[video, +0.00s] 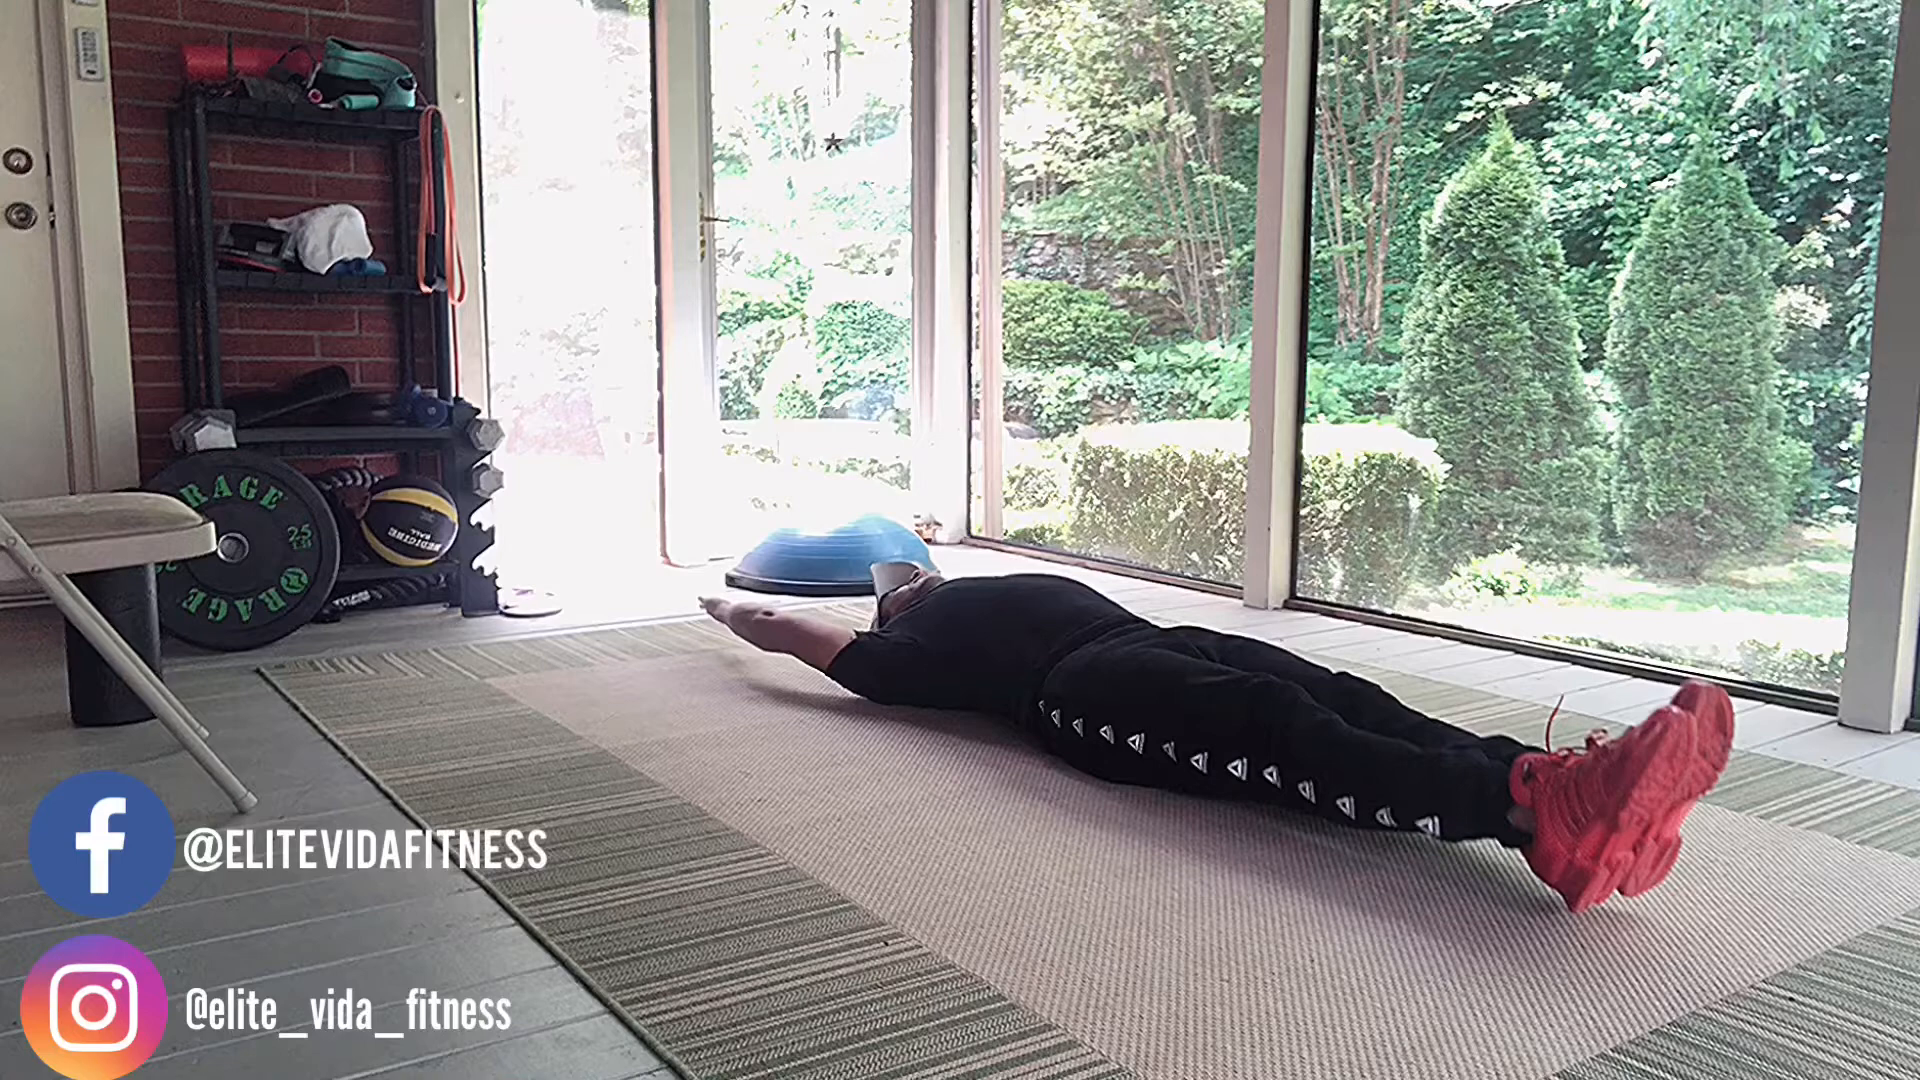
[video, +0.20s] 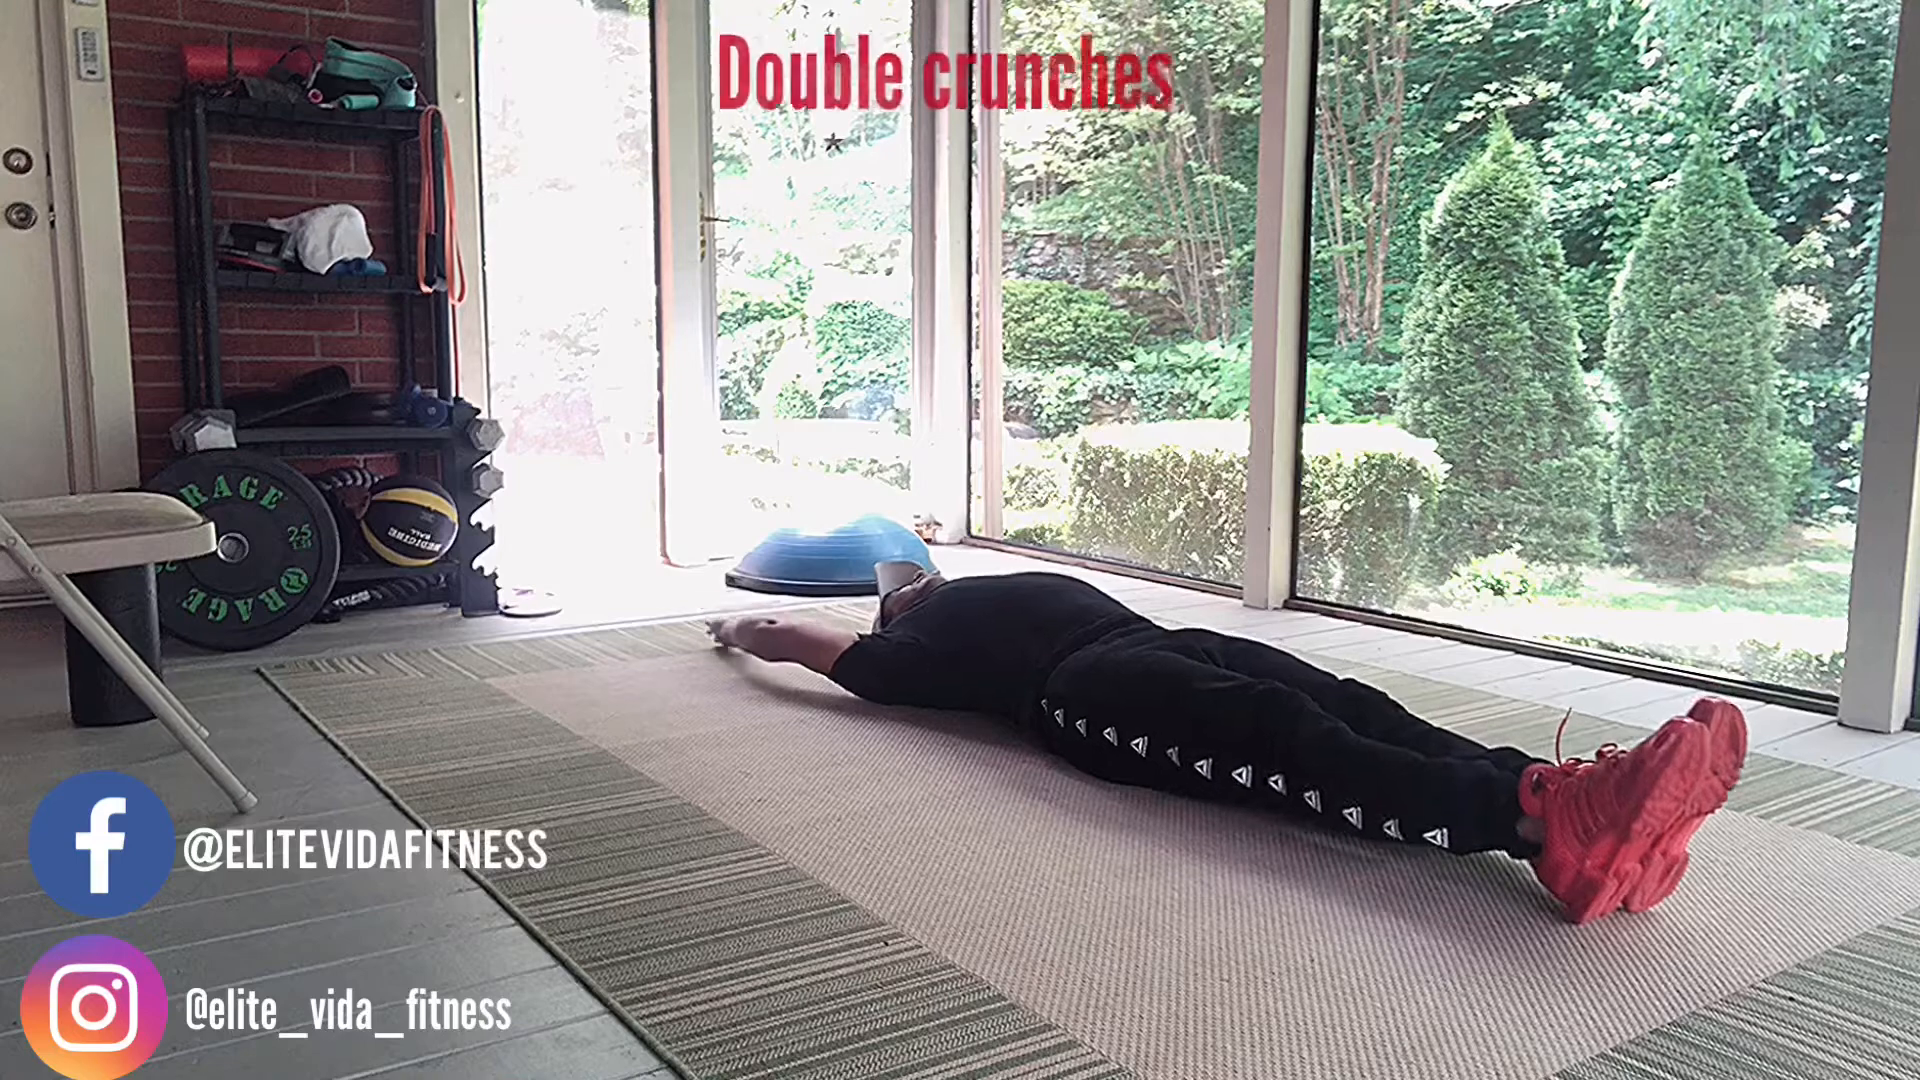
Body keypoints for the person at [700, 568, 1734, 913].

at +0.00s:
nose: (910, 570)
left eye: (907, 563)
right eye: (892, 575)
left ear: (918, 572)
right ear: (877, 597)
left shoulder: (997, 587)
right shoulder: (885, 646)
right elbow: (765, 623)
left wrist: (928, 550)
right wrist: (742, 596)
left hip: (1147, 639)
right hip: (1079, 684)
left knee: (1321, 687)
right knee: (1272, 728)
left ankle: (1571, 812)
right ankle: (1542, 812)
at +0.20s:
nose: (911, 577)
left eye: (915, 571)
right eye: (892, 583)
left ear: (928, 581)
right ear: (876, 604)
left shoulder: (1000, 593)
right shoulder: (882, 649)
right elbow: (751, 631)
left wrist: (946, 556)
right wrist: (769, 630)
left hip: (1146, 636)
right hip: (1076, 679)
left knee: (1325, 693)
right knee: (1275, 731)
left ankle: (1571, 834)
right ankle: (1550, 812)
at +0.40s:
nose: (913, 576)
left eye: (912, 571)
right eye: (896, 580)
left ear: (922, 579)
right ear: (879, 595)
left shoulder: (992, 593)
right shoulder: (882, 643)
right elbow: (774, 629)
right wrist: (745, 625)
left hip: (1154, 639)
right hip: (1081, 681)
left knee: (1330, 694)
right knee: (1279, 732)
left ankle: (1568, 836)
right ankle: (1545, 811)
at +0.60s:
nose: (932, 552)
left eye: (939, 551)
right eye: (912, 558)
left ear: (953, 573)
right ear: (881, 597)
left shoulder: (990, 601)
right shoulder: (880, 640)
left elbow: (1009, 555)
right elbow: (781, 585)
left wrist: (951, 544)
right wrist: (743, 556)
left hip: (1151, 648)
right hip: (1082, 691)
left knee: (1345, 647)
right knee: (1294, 672)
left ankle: (1564, 786)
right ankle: (1538, 817)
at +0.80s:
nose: (970, 518)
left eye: (974, 512)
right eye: (948, 516)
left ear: (994, 536)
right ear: (907, 550)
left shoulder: (1042, 576)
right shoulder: (906, 620)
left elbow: (1094, 480)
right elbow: (828, 535)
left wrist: (1106, 367)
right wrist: (789, 446)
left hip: (1173, 685)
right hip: (1110, 715)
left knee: (1297, 530)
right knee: (1221, 549)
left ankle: (1484, 661)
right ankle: (1463, 670)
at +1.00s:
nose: (1005, 500)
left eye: (1009, 487)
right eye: (985, 490)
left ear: (1018, 500)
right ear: (944, 513)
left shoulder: (1067, 560)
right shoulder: (934, 599)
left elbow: (1208, 518)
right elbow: (916, 562)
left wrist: (1268, 382)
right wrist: (921, 489)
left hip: (1185, 692)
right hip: (1092, 703)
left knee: (1211, 450)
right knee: (1113, 463)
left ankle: (1373, 551)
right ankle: (1339, 533)